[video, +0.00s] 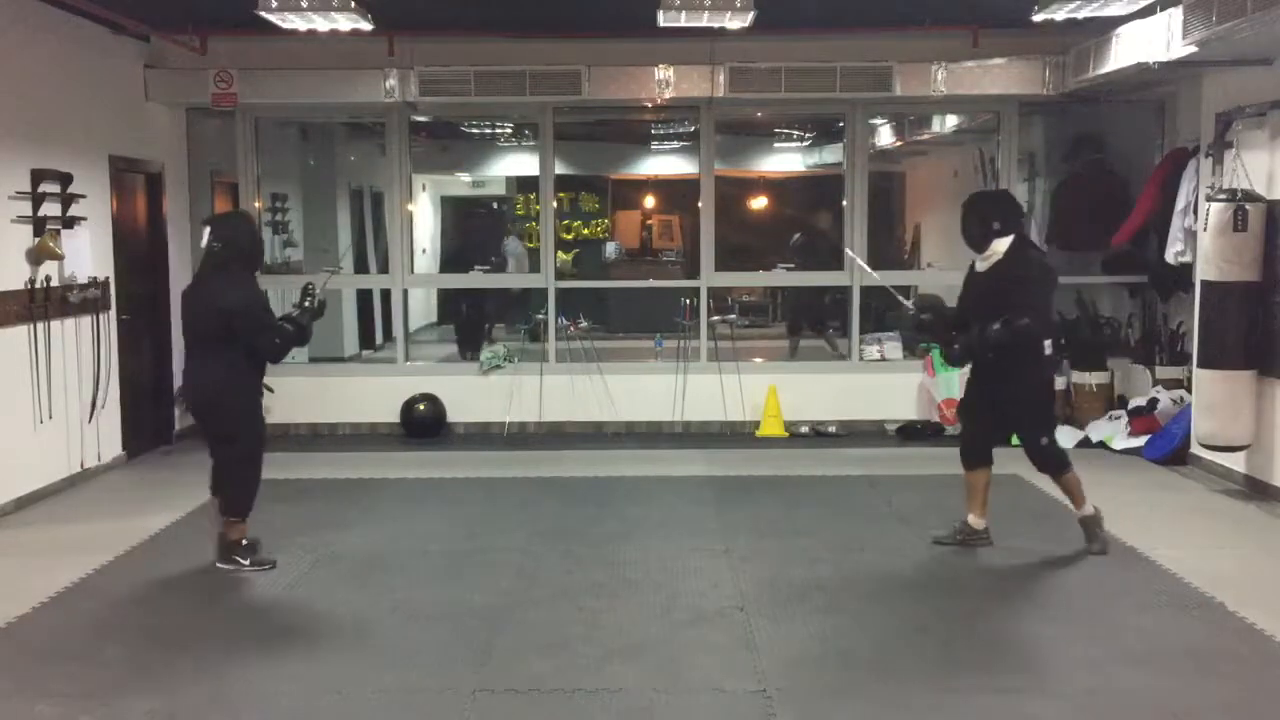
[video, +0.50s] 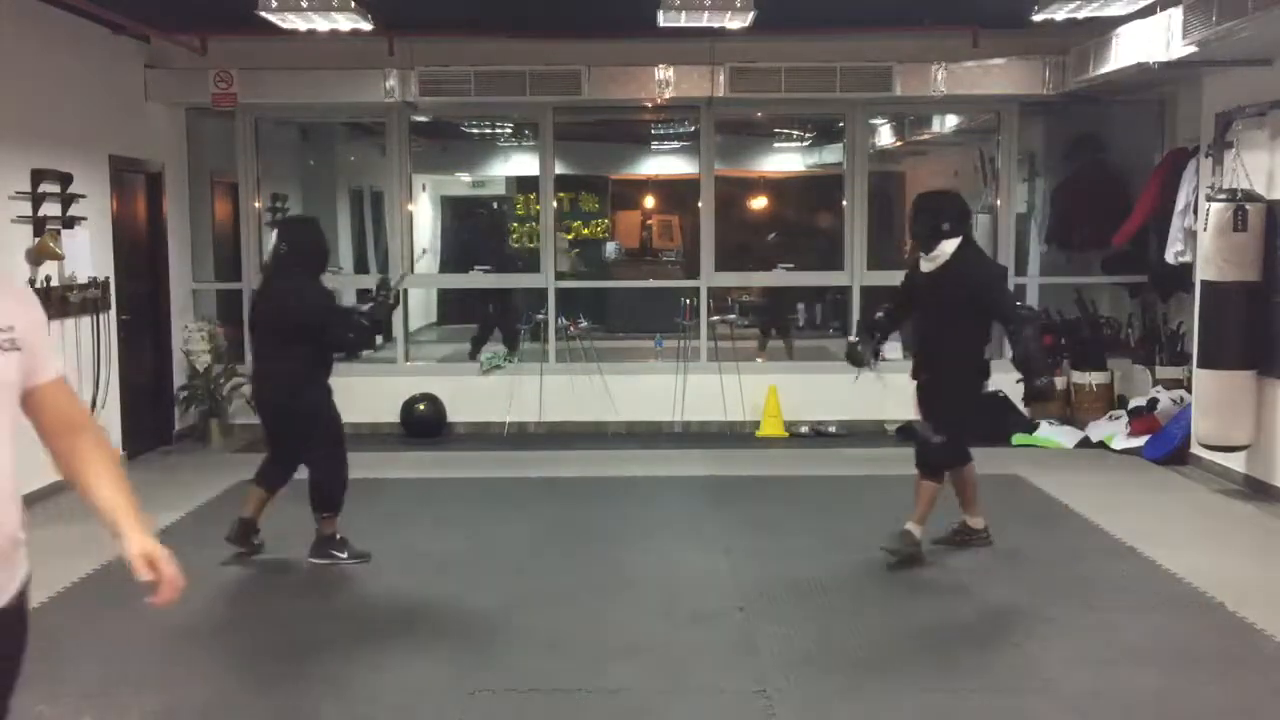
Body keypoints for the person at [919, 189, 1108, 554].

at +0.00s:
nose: (964, 230)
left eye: (970, 222)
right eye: (965, 222)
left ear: (992, 223)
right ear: (990, 224)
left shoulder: (1029, 263)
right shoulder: (979, 266)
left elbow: (1033, 322)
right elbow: (969, 317)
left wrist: (977, 342)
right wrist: (941, 322)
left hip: (1026, 369)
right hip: (987, 369)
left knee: (1042, 448)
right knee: (974, 441)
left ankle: (1087, 515)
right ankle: (975, 524)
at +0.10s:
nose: (954, 229)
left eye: (959, 220)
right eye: (954, 221)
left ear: (980, 221)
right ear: (982, 221)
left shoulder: (1018, 261)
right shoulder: (967, 264)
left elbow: (1027, 322)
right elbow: (951, 312)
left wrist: (980, 352)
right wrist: (914, 317)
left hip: (1013, 369)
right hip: (974, 368)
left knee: (1018, 445)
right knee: (970, 444)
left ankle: (1068, 510)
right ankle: (976, 524)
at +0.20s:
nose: (946, 228)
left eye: (952, 220)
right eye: (946, 220)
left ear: (974, 221)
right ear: (975, 221)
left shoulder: (1011, 266)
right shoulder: (955, 265)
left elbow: (1016, 328)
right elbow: (930, 306)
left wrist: (999, 372)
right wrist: (892, 320)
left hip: (999, 372)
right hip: (964, 371)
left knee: (995, 447)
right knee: (968, 447)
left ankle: (1033, 509)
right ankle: (975, 523)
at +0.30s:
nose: (937, 228)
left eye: (942, 220)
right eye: (937, 220)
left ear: (964, 220)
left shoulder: (1000, 263)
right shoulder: (946, 263)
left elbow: (1020, 323)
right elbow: (918, 305)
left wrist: (1021, 373)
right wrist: (882, 324)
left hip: (989, 366)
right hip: (955, 367)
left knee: (972, 443)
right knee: (958, 443)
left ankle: (992, 526)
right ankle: (974, 523)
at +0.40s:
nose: (924, 230)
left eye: (929, 222)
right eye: (924, 222)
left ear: (951, 224)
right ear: (957, 224)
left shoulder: (993, 267)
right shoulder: (934, 267)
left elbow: (1022, 322)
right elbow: (907, 305)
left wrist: (1036, 374)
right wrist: (873, 333)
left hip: (975, 371)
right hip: (943, 371)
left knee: (951, 445)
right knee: (962, 446)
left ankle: (949, 527)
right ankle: (975, 523)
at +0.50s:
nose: (913, 231)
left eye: (918, 223)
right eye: (914, 224)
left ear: (940, 225)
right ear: (946, 225)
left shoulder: (980, 270)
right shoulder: (924, 265)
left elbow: (1014, 321)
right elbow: (902, 304)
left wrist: (1033, 370)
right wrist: (873, 331)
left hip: (962, 372)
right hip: (929, 371)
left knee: (933, 446)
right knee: (952, 448)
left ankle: (913, 531)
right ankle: (974, 524)